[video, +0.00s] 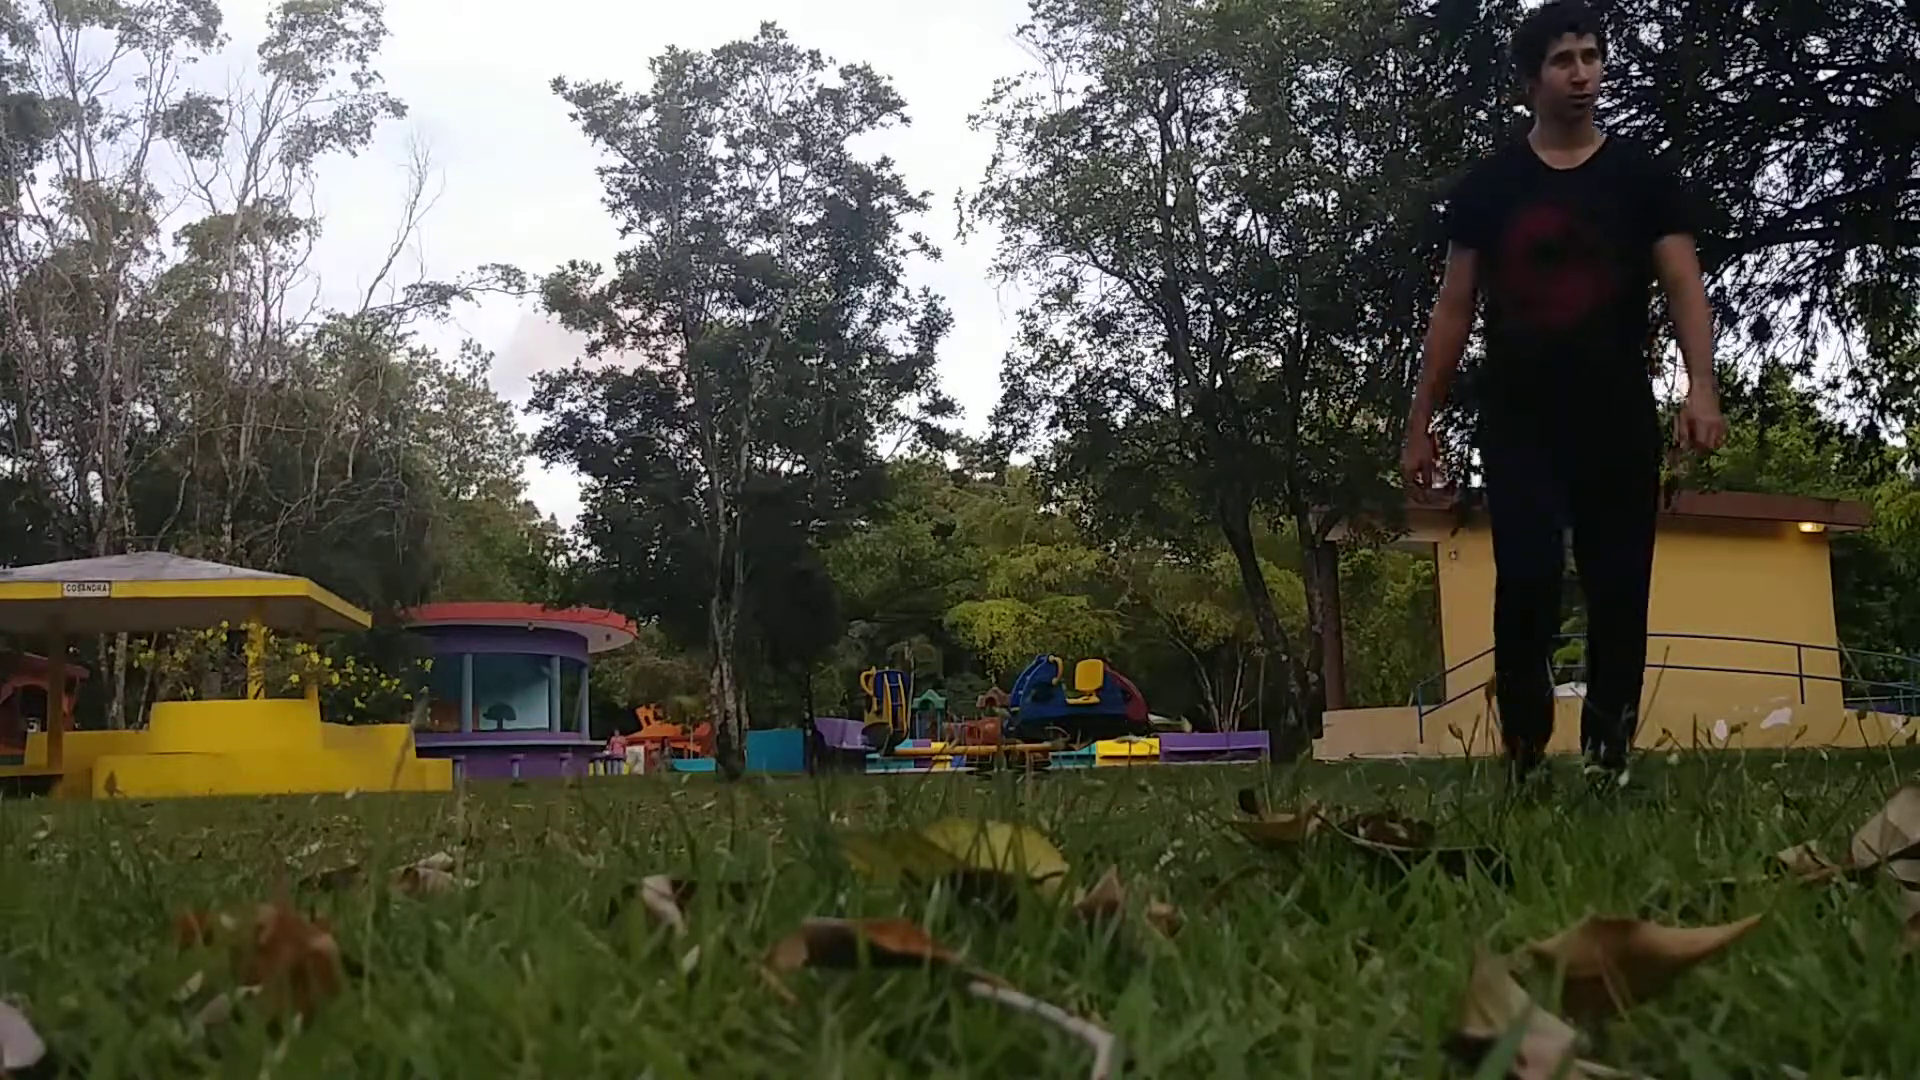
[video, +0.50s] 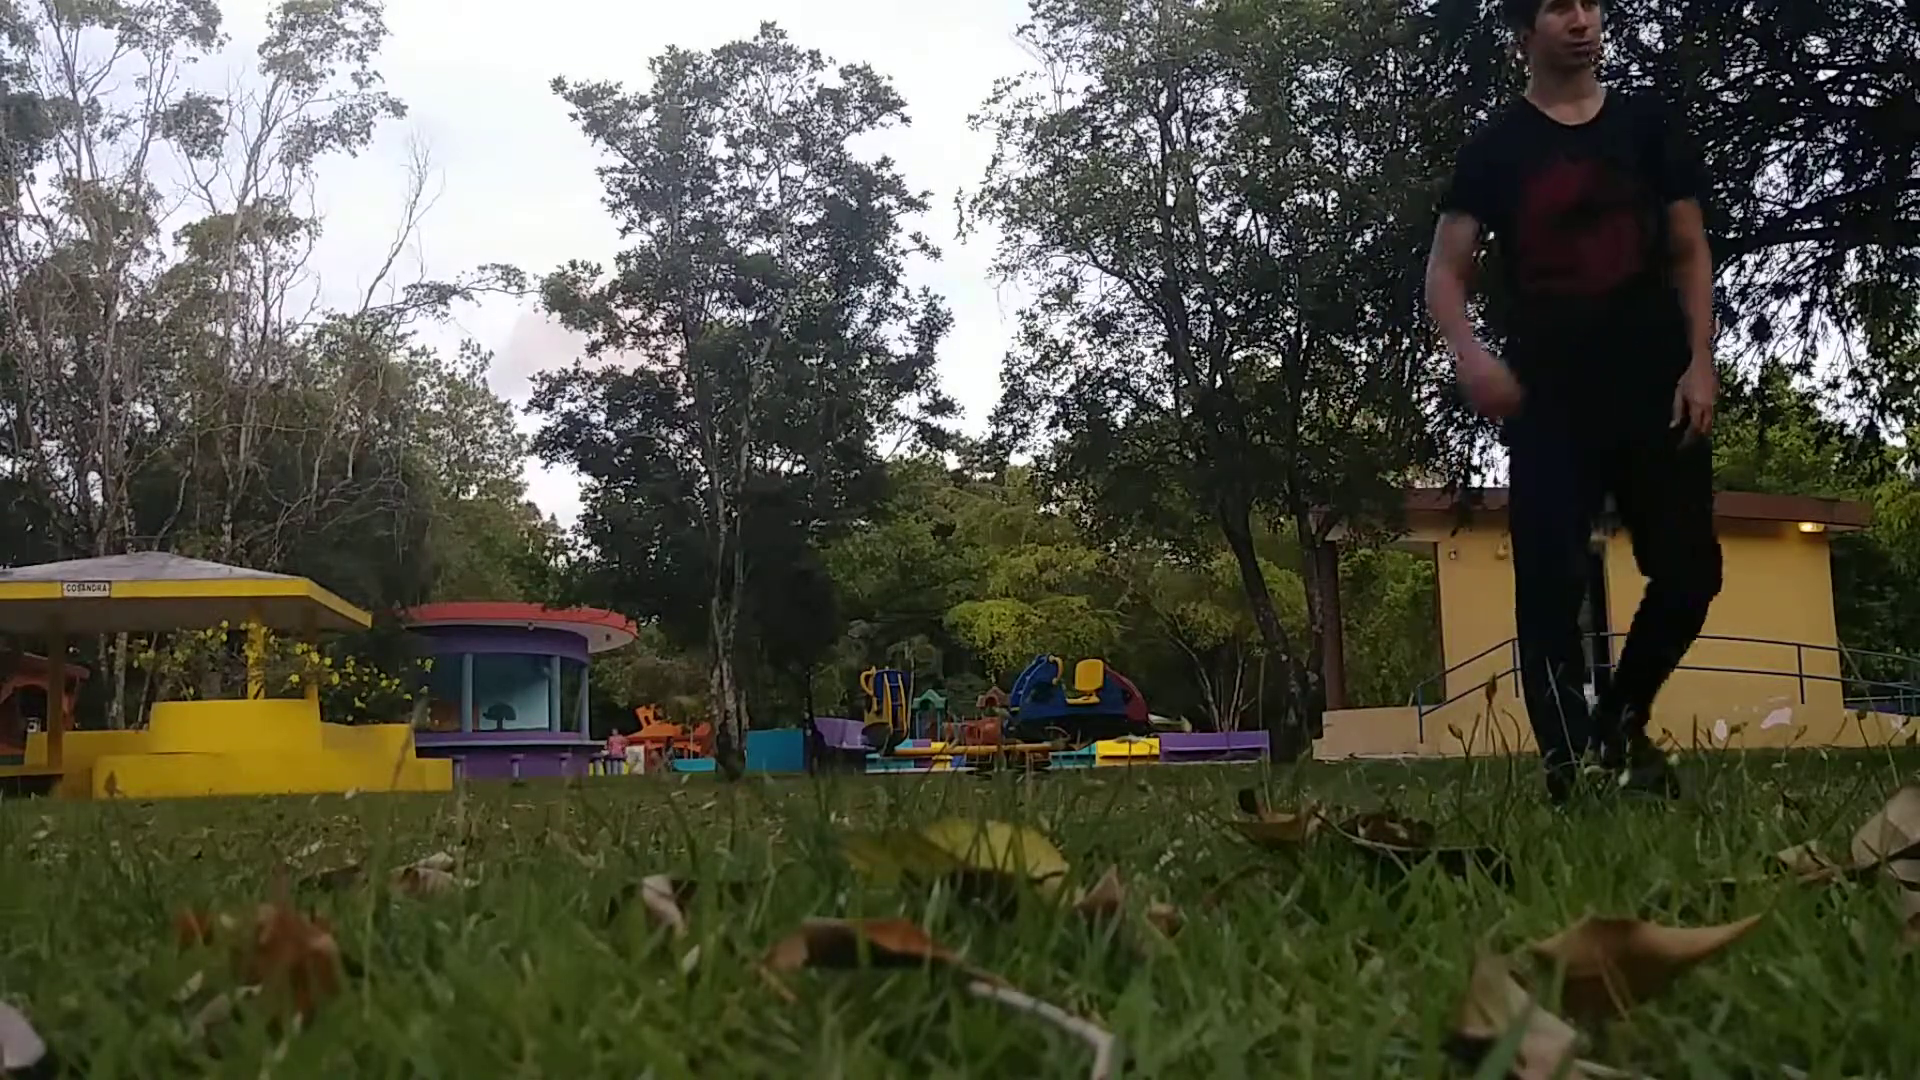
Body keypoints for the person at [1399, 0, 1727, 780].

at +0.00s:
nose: (1581, 73)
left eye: (1591, 58)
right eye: (1563, 61)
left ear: (1604, 68)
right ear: (1529, 78)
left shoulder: (1644, 173)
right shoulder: (1487, 184)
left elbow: (1683, 283)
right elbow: (1453, 305)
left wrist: (1702, 385)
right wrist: (1421, 419)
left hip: (1618, 414)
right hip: (1519, 417)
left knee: (1619, 592)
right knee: (1525, 585)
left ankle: (1609, 758)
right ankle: (1523, 757)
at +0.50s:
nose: (1580, 22)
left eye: (1589, 8)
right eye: (1559, 10)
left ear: (1602, 21)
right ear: (1525, 31)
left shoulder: (1650, 125)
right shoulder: (1497, 142)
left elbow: (1690, 250)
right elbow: (1445, 270)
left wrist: (1701, 358)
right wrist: (1470, 356)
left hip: (1652, 388)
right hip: (1548, 395)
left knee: (1690, 575)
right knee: (1548, 585)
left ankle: (1621, 724)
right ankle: (1568, 766)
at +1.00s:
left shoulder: (1785, 90)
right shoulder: (1626, 83)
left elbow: (1805, 239)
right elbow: (1608, 226)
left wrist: (1843, 318)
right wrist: (1702, 268)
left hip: (1793, 358)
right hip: (1683, 359)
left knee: (1853, 548)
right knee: (1669, 566)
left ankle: (1854, 761)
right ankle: (1594, 763)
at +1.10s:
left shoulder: (1827, 73)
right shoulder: (1649, 68)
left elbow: (1854, 212)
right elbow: (1606, 217)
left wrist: (1898, 289)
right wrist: (1690, 260)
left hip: (1815, 331)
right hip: (1702, 341)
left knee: (1861, 543)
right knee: (1728, 540)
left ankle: (1856, 766)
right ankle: (1640, 734)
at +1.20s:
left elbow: (1906, 191)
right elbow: (1603, 197)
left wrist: (1900, 209)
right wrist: (1647, 200)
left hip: (1842, 319)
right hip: (1723, 328)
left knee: (1871, 534)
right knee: (1765, 499)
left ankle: (1857, 757)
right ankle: (1719, 737)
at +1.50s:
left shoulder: (1888, 38)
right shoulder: (1755, 30)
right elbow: (1710, 175)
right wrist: (1732, 75)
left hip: (1896, 309)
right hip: (1791, 309)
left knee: (1913, 526)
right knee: (1786, 528)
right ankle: (1788, 744)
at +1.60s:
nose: (1754, 49)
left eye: (1767, 36)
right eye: (1753, 36)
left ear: (1837, 36)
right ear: (1750, 43)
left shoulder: (1883, 104)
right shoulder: (1770, 106)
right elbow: (1706, 225)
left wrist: (1878, 105)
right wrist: (1738, 115)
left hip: (1895, 351)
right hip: (1810, 349)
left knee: (1904, 538)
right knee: (1746, 507)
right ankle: (1756, 725)